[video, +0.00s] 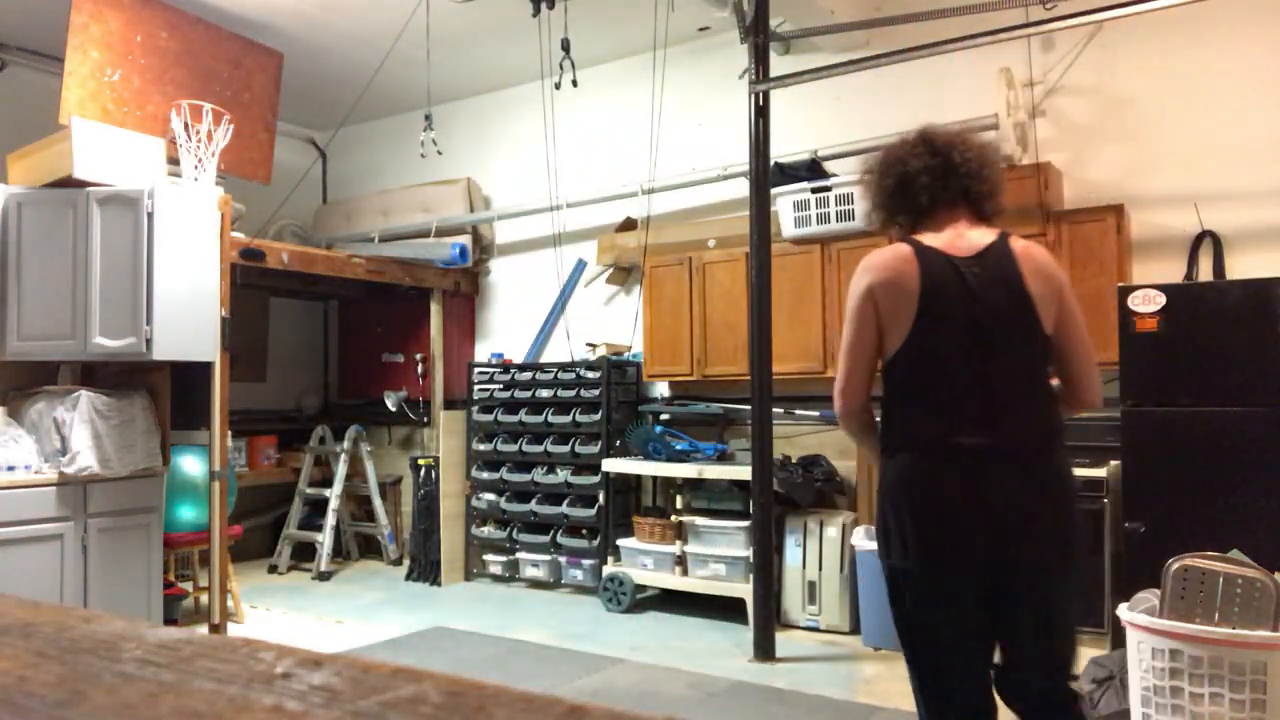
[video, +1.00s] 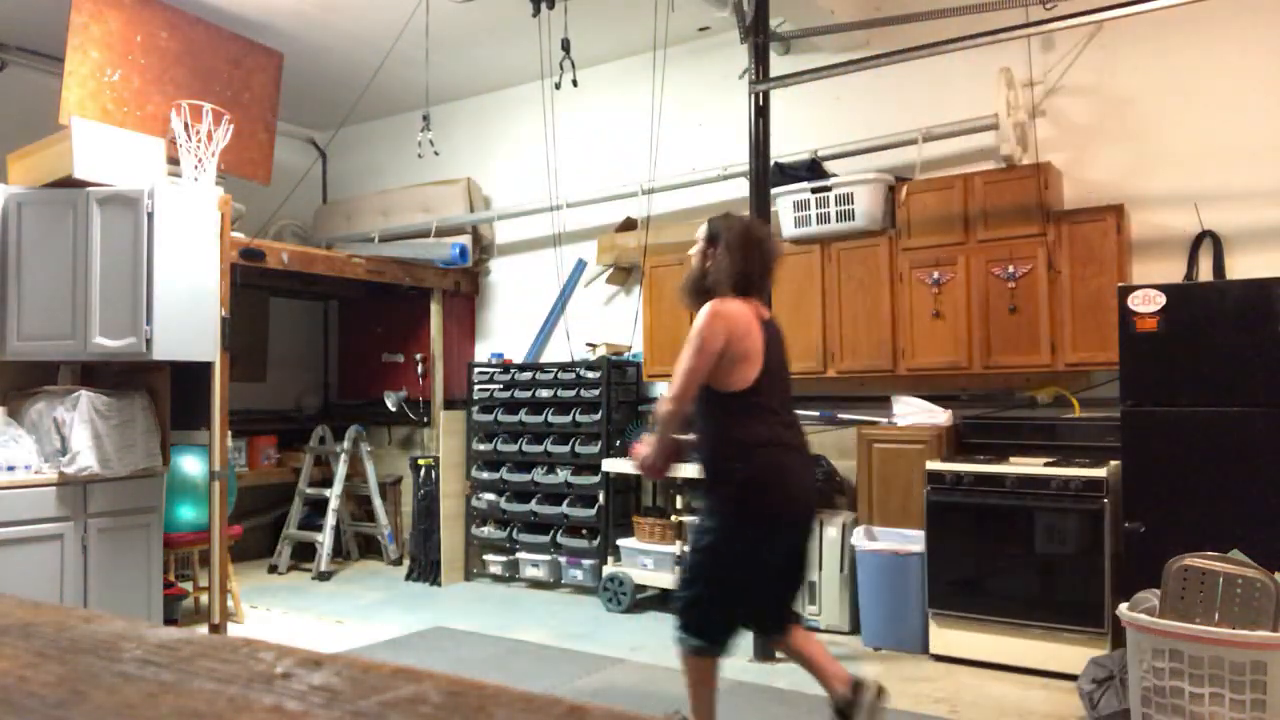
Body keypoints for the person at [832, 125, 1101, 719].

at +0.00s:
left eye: (889, 206)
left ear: (898, 205)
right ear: (980, 190)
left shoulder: (883, 272)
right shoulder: (1036, 262)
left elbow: (850, 405)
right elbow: (1084, 394)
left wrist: (892, 444)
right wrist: (1019, 395)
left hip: (929, 510)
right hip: (1034, 501)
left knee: (952, 696)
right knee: (1041, 683)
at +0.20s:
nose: (849, 229)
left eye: (854, 218)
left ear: (869, 218)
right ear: (934, 206)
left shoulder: (856, 283)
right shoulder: (994, 273)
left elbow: (832, 408)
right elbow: (1045, 387)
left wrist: (889, 437)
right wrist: (981, 419)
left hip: (910, 486)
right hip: (1001, 481)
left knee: (933, 682)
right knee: (989, 679)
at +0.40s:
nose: (814, 241)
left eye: (818, 231)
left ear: (831, 236)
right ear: (897, 229)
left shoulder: (823, 302)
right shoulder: (943, 293)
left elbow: (802, 420)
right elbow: (997, 395)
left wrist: (849, 462)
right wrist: (946, 440)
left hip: (875, 489)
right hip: (953, 484)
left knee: (902, 678)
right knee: (922, 672)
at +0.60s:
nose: (780, 241)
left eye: (787, 232)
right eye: (783, 230)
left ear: (800, 244)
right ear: (853, 243)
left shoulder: (794, 306)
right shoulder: (879, 305)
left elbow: (770, 417)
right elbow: (922, 399)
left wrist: (793, 472)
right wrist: (874, 435)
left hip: (837, 489)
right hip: (907, 483)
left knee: (812, 632)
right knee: (886, 640)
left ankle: (876, 712)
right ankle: (890, 715)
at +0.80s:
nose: (734, 235)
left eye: (741, 225)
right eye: (737, 224)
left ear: (757, 236)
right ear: (797, 240)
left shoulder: (761, 295)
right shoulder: (814, 300)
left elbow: (739, 395)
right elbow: (801, 399)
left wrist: (726, 449)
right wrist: (753, 449)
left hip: (799, 479)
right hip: (854, 474)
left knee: (756, 611)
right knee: (854, 626)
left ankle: (750, 711)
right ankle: (881, 714)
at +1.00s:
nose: (692, 255)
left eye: (699, 247)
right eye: (695, 246)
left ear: (719, 255)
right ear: (750, 259)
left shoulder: (718, 314)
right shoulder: (762, 318)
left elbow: (675, 403)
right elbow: (741, 417)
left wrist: (658, 454)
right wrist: (677, 444)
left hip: (743, 489)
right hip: (789, 484)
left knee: (699, 615)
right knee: (769, 610)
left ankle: (702, 715)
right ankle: (846, 690)